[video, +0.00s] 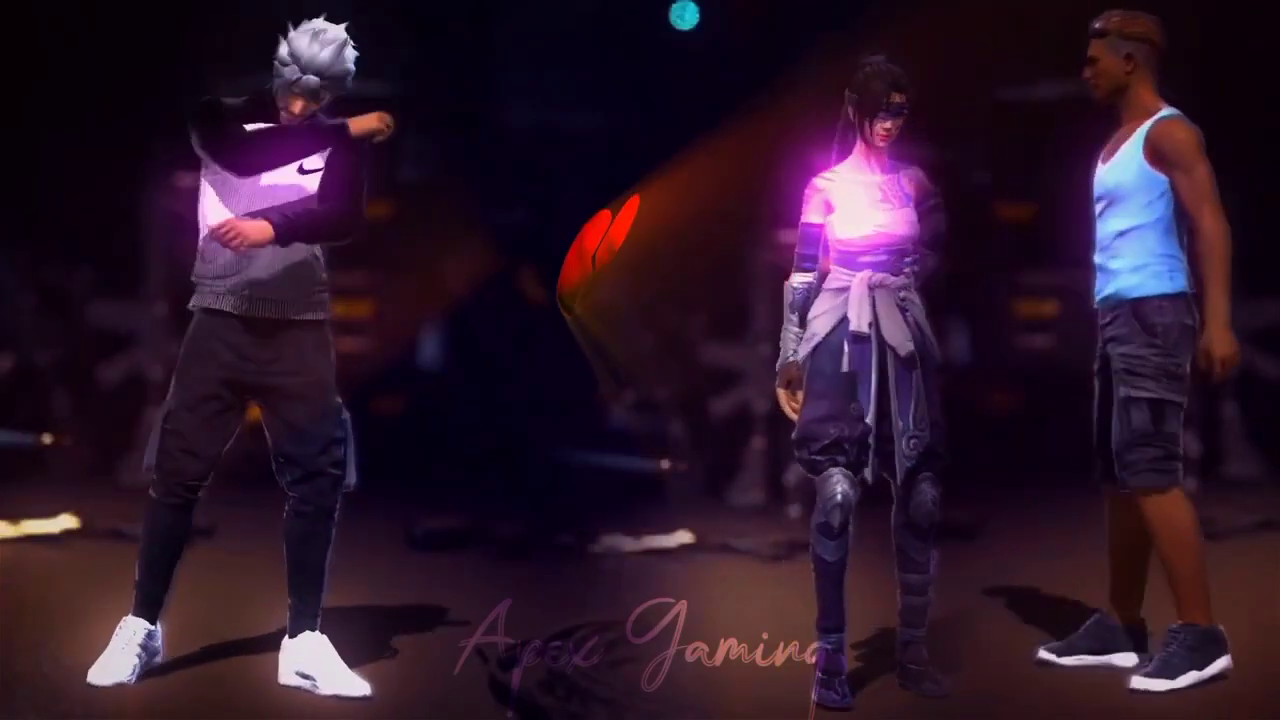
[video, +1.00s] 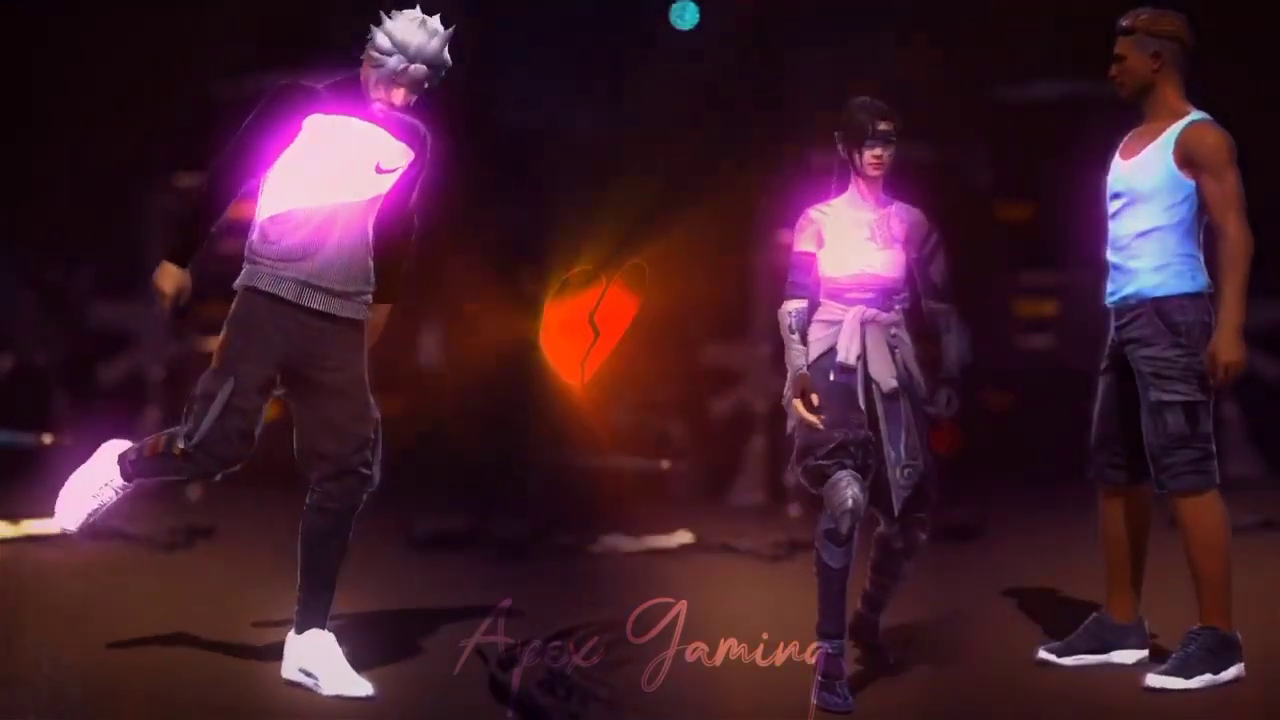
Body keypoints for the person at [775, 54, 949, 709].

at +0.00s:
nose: (893, 124)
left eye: (902, 114)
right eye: (884, 112)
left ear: (910, 117)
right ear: (855, 110)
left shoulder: (915, 182)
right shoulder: (825, 184)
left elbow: (930, 262)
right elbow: (804, 272)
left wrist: (900, 277)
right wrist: (789, 354)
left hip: (904, 338)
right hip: (835, 337)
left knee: (920, 494)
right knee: (836, 495)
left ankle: (912, 646)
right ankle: (831, 647)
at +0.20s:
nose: (894, 126)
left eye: (902, 116)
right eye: (885, 114)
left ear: (910, 119)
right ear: (857, 112)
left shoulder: (914, 186)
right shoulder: (824, 187)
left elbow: (931, 273)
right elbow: (802, 276)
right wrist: (788, 355)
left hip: (905, 341)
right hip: (836, 339)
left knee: (922, 495)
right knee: (836, 495)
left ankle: (913, 646)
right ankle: (832, 648)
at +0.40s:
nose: (891, 134)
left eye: (899, 122)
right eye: (881, 122)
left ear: (908, 127)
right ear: (854, 122)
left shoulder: (916, 196)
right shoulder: (822, 196)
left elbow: (937, 286)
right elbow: (797, 282)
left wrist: (940, 364)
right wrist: (786, 360)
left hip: (903, 344)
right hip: (834, 344)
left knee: (922, 499)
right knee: (839, 497)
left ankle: (906, 640)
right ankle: (832, 651)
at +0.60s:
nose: (888, 136)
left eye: (896, 125)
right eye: (878, 124)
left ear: (905, 130)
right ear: (852, 125)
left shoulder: (915, 199)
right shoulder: (822, 197)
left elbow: (937, 290)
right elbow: (795, 284)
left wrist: (943, 362)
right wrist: (786, 360)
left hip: (901, 343)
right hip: (833, 340)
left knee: (916, 497)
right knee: (840, 494)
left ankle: (900, 637)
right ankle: (832, 650)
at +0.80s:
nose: (883, 143)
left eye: (891, 133)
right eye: (872, 132)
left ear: (900, 138)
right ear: (850, 136)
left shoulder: (913, 208)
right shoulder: (819, 206)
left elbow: (939, 294)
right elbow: (794, 292)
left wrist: (950, 366)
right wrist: (787, 365)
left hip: (896, 345)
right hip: (829, 344)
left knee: (906, 496)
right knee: (842, 495)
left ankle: (882, 623)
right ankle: (832, 649)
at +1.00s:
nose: (880, 152)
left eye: (888, 142)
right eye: (869, 142)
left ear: (896, 148)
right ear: (848, 148)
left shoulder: (911, 220)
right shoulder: (817, 219)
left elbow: (939, 304)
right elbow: (795, 300)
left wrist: (949, 375)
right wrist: (795, 364)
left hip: (893, 354)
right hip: (831, 352)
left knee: (907, 509)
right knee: (844, 496)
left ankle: (868, 621)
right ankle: (831, 650)